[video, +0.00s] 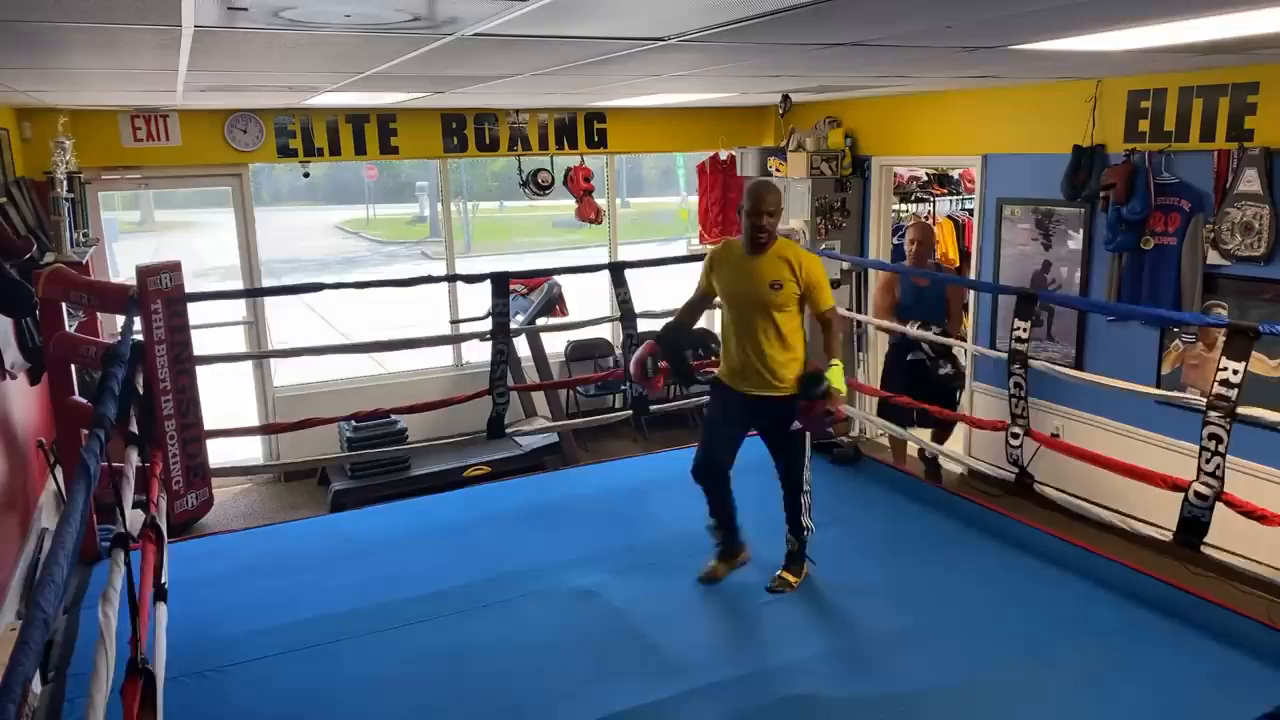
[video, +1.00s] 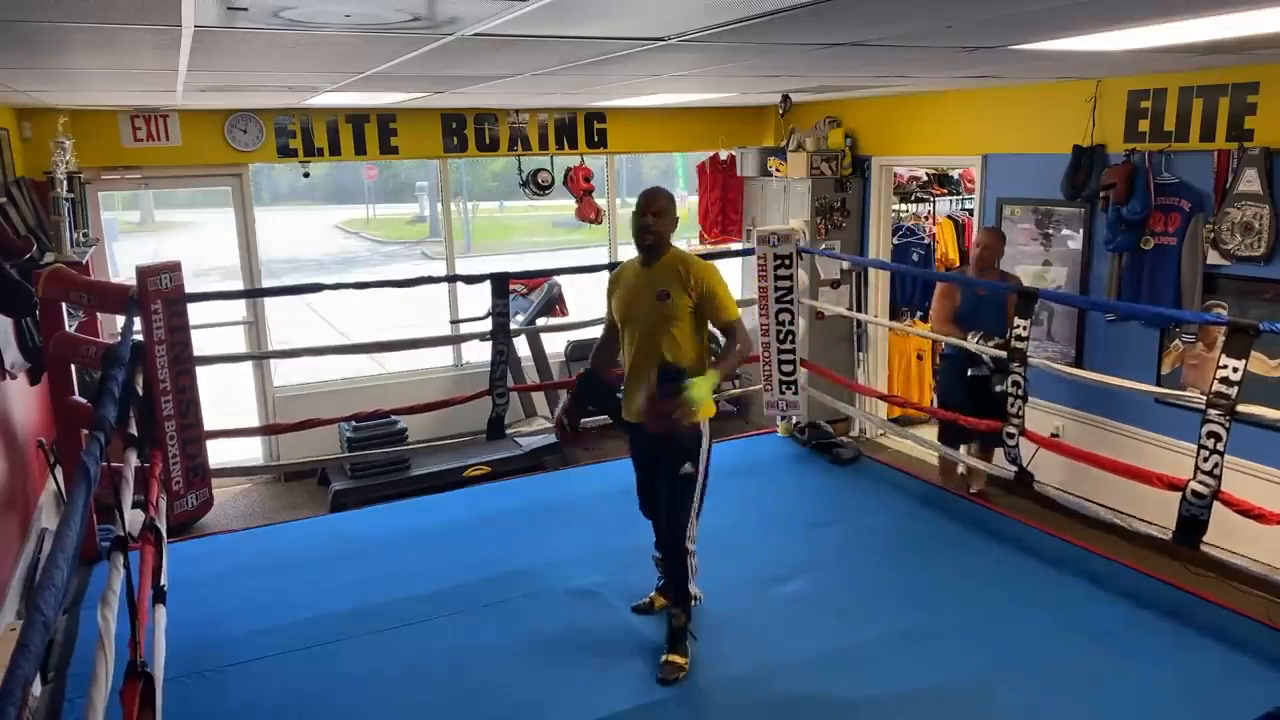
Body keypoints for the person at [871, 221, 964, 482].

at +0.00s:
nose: (912, 248)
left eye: (919, 243)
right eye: (910, 242)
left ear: (932, 246)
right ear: (904, 243)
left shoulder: (949, 278)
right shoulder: (891, 275)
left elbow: (955, 322)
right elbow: (881, 318)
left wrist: (942, 336)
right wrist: (909, 330)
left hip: (938, 355)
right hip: (902, 353)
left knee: (948, 415)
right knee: (896, 416)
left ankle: (931, 452)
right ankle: (899, 473)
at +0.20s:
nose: (914, 247)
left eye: (921, 243)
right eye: (912, 242)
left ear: (933, 247)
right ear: (906, 243)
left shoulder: (949, 277)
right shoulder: (894, 276)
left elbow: (959, 320)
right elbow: (885, 322)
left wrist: (950, 344)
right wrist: (914, 331)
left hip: (942, 357)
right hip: (905, 356)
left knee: (956, 418)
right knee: (899, 418)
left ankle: (949, 471)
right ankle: (900, 474)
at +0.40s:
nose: (928, 250)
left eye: (936, 246)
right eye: (927, 244)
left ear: (950, 252)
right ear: (922, 245)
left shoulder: (964, 285)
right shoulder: (908, 281)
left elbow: (972, 331)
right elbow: (900, 325)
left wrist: (959, 354)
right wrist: (932, 335)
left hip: (955, 365)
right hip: (917, 362)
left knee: (967, 428)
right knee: (905, 427)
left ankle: (973, 487)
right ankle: (898, 479)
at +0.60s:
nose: (947, 251)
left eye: (954, 246)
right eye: (944, 244)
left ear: (967, 250)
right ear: (938, 246)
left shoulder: (981, 282)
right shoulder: (923, 282)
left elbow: (989, 326)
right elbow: (913, 323)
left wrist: (975, 346)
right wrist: (948, 335)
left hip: (971, 365)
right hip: (932, 363)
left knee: (978, 431)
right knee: (915, 424)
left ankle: (973, 489)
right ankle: (903, 476)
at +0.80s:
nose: (968, 251)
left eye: (976, 247)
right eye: (966, 245)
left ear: (988, 253)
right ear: (960, 246)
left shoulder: (1001, 284)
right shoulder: (942, 280)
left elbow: (1009, 326)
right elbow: (931, 323)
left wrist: (992, 345)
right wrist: (961, 341)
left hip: (987, 369)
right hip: (950, 364)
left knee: (985, 433)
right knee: (932, 426)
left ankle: (975, 489)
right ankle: (913, 474)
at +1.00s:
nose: (979, 252)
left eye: (987, 248)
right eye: (977, 245)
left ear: (1001, 253)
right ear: (970, 246)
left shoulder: (1011, 285)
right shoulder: (952, 281)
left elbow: (1017, 327)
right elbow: (939, 324)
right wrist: (974, 345)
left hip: (995, 370)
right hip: (957, 368)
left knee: (987, 437)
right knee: (952, 435)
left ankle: (976, 491)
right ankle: (947, 492)